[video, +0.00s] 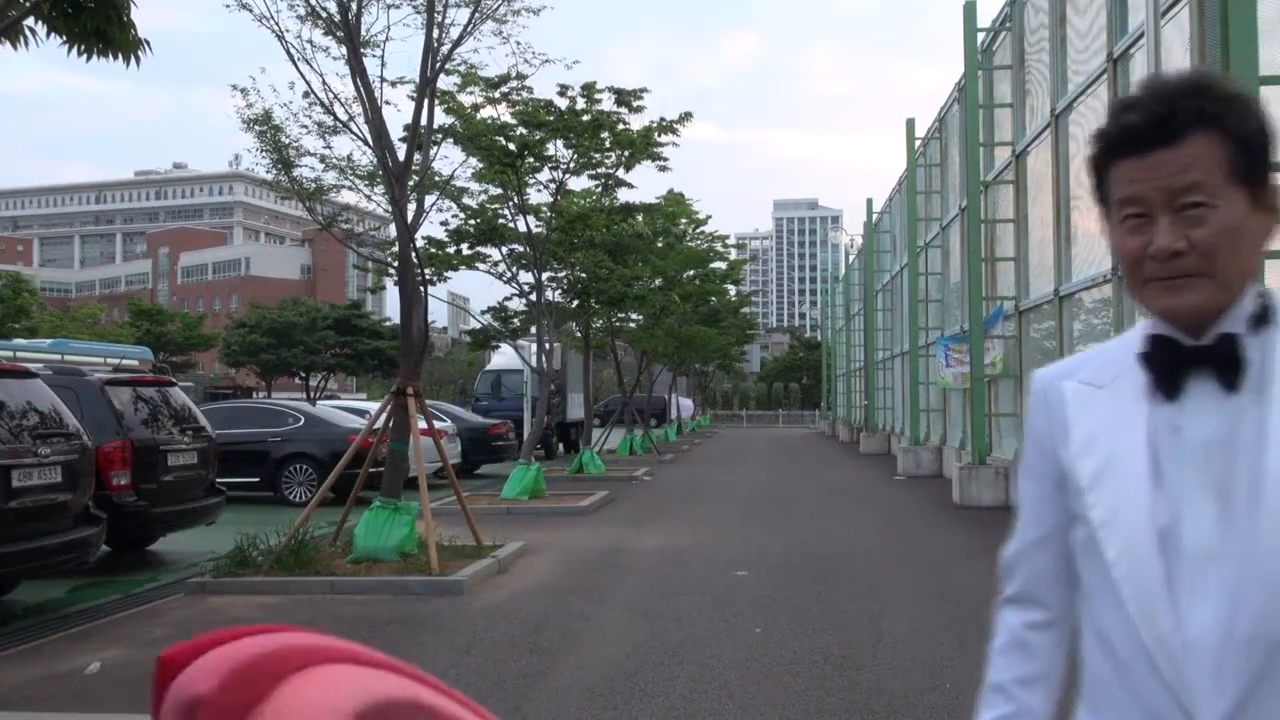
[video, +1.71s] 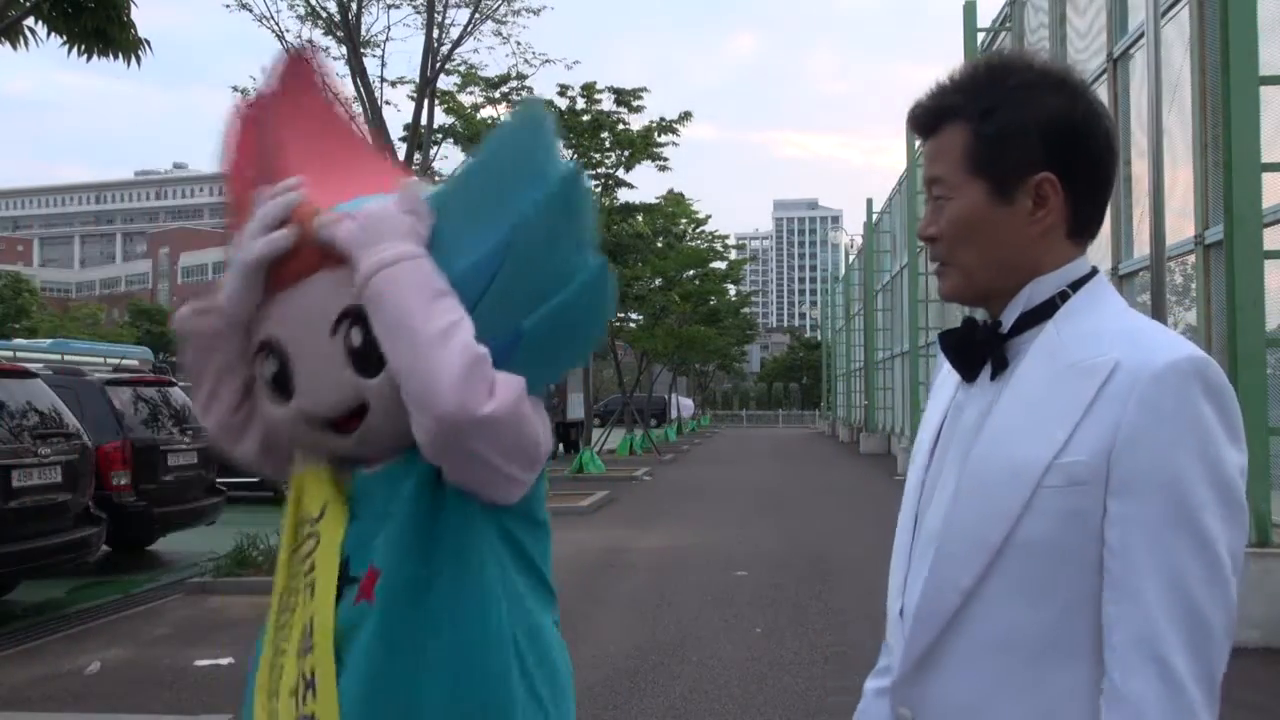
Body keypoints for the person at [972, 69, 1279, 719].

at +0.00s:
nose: (1165, 243)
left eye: (1194, 208)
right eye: (1136, 218)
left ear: (1266, 211)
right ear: (1110, 234)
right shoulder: (1065, 398)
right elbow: (1032, 617)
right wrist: (1006, 713)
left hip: (1265, 702)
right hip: (1122, 707)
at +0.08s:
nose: (1121, 239)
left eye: (1149, 206)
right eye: (1092, 214)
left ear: (1218, 213)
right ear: (1066, 233)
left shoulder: (1273, 367)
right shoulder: (1021, 395)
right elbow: (988, 607)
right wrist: (964, 711)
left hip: (1249, 703)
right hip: (1079, 707)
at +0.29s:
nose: (1043, 236)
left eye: (1067, 204)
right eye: (1013, 215)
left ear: (1126, 214)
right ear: (986, 240)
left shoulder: (1254, 373)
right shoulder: (946, 396)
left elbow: (1273, 600)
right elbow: (914, 604)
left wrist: (1268, 704)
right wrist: (890, 710)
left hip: (1210, 706)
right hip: (1016, 707)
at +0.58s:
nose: (956, 246)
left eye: (979, 214)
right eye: (930, 226)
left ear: (1040, 221)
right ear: (909, 249)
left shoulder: (1164, 362)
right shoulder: (879, 404)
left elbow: (1223, 592)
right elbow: (869, 613)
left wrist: (1251, 708)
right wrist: (868, 711)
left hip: (1150, 703)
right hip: (969, 706)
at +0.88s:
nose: (874, 267)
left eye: (895, 235)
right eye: (867, 243)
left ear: (990, 227)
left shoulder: (1145, 362)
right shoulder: (865, 405)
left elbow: (1207, 601)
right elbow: (859, 614)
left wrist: (1234, 712)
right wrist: (855, 711)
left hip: (1127, 705)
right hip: (952, 707)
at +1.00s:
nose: (872, 274)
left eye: (888, 243)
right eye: (864, 250)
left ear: (983, 225)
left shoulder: (1143, 366)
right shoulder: (874, 401)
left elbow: (1209, 613)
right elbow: (862, 607)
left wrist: (1232, 712)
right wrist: (843, 710)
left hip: (1119, 705)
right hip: (946, 706)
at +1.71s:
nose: (923, 228)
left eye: (939, 195)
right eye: (927, 198)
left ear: (1041, 201)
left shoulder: (1159, 381)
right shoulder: (960, 367)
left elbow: (1161, 691)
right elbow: (907, 633)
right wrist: (876, 709)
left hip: (1038, 709)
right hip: (908, 703)